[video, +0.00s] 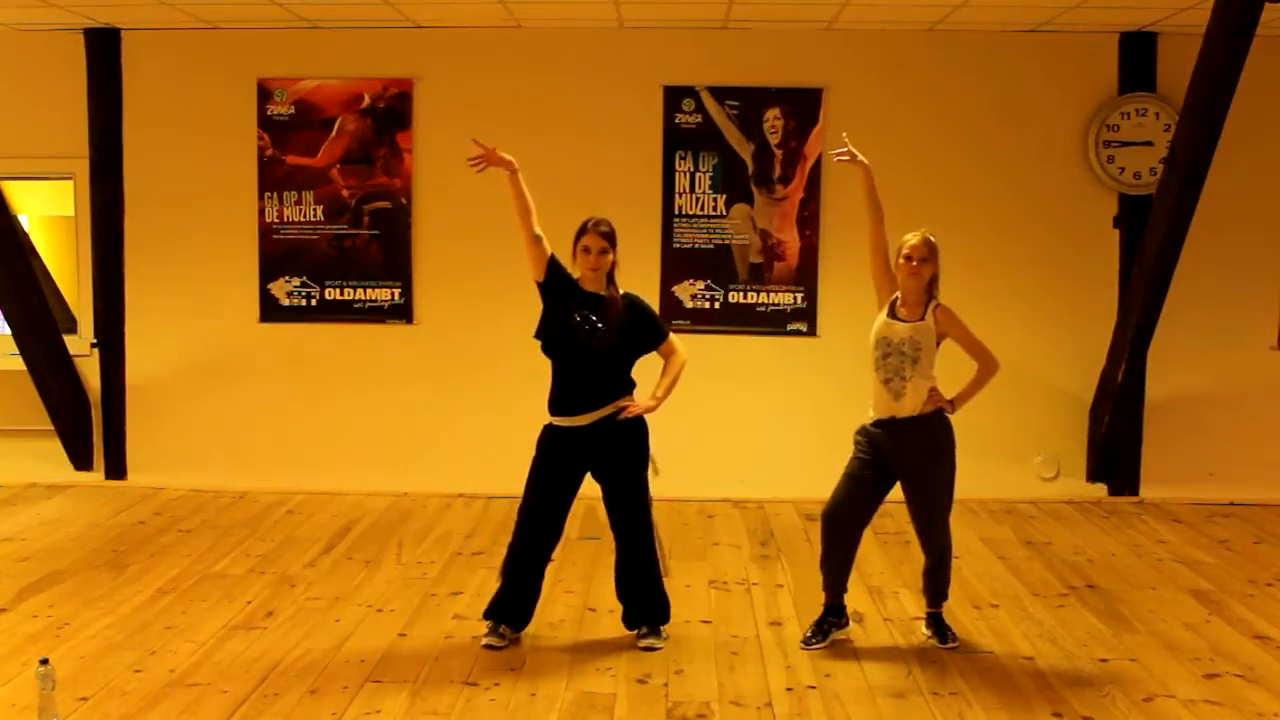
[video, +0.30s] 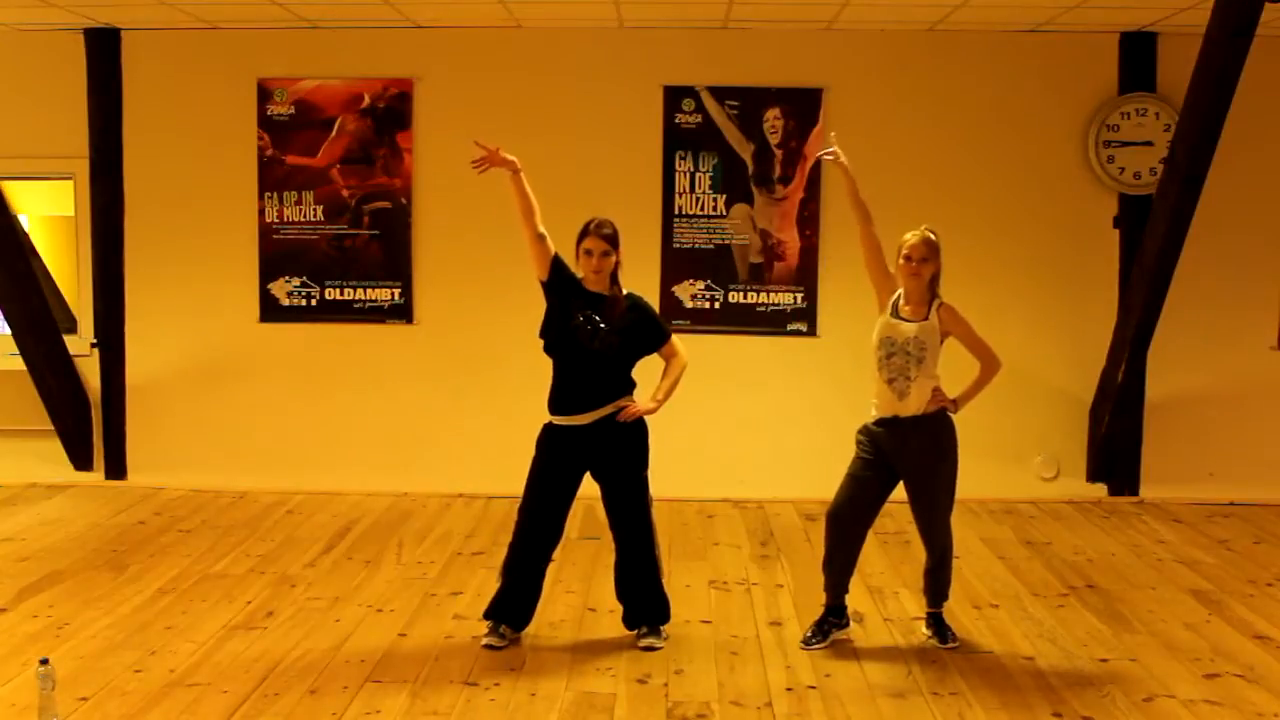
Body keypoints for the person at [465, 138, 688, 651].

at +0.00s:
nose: (593, 257)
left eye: (601, 251)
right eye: (586, 250)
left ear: (613, 257)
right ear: (576, 254)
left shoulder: (630, 309)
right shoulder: (558, 293)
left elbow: (677, 357)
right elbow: (532, 232)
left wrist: (653, 400)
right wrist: (513, 172)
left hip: (619, 432)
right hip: (562, 435)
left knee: (633, 529)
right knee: (534, 529)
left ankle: (648, 621)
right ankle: (506, 620)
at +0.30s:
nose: (594, 261)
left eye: (603, 254)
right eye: (588, 253)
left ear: (617, 258)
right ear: (578, 255)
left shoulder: (633, 310)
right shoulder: (561, 292)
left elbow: (677, 360)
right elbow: (535, 231)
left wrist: (653, 401)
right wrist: (515, 171)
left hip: (619, 432)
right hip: (562, 434)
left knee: (633, 528)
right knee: (534, 528)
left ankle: (649, 620)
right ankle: (506, 620)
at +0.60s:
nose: (596, 261)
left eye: (604, 255)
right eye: (590, 253)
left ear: (618, 259)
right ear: (579, 255)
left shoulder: (634, 311)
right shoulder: (563, 291)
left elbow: (677, 361)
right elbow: (538, 230)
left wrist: (653, 401)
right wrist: (518, 170)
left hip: (619, 432)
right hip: (563, 434)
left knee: (634, 528)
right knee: (534, 528)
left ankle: (649, 620)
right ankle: (505, 621)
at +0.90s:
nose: (596, 260)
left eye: (605, 254)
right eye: (590, 252)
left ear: (619, 259)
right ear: (580, 255)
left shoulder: (635, 309)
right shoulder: (564, 290)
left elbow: (679, 360)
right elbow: (538, 229)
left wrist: (653, 401)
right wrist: (520, 169)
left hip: (620, 432)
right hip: (563, 434)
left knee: (634, 529)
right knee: (535, 528)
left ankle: (649, 620)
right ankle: (506, 620)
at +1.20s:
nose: (597, 260)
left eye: (606, 254)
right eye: (592, 252)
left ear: (621, 259)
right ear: (582, 254)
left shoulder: (636, 311)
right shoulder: (565, 289)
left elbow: (679, 362)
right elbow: (542, 228)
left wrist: (653, 401)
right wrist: (523, 168)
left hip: (620, 432)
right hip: (564, 434)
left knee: (634, 529)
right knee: (535, 527)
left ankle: (649, 620)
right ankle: (506, 620)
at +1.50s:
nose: (598, 261)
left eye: (607, 254)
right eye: (593, 252)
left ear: (622, 259)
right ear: (583, 255)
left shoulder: (637, 312)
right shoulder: (567, 290)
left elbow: (679, 362)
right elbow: (543, 228)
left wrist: (653, 401)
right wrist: (525, 168)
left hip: (621, 432)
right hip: (565, 434)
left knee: (635, 528)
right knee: (536, 527)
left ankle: (650, 620)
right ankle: (506, 620)